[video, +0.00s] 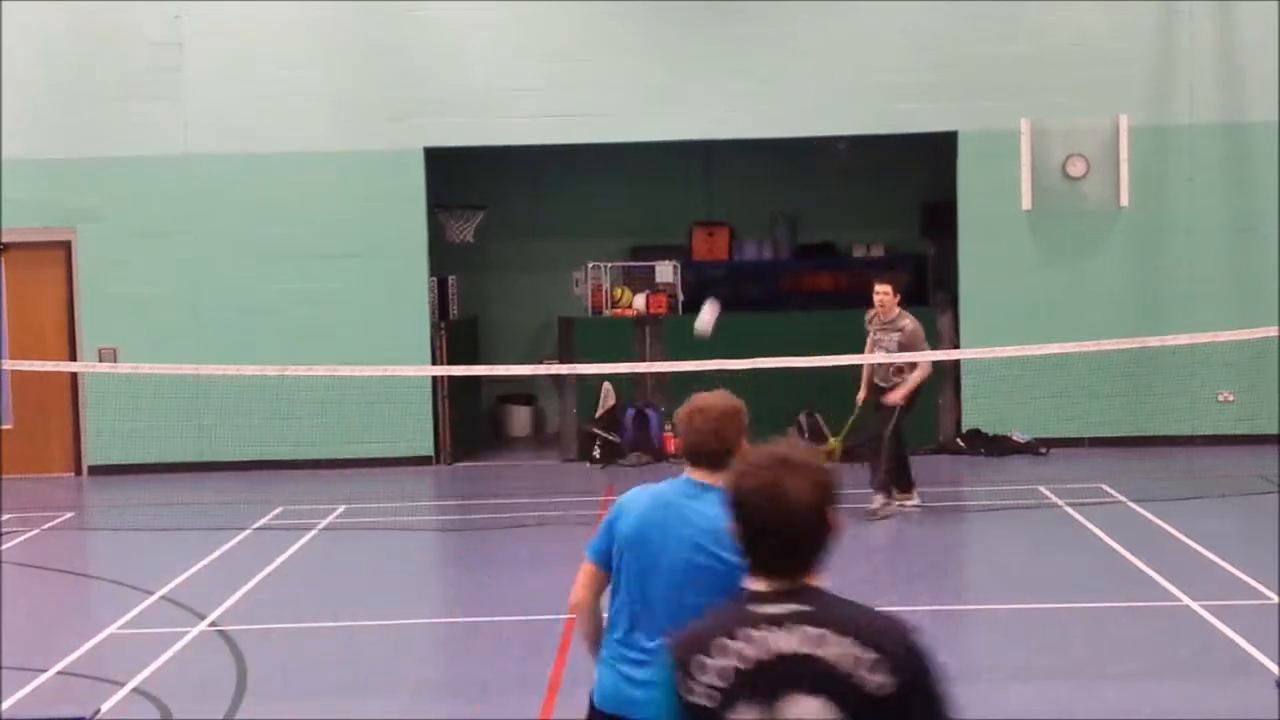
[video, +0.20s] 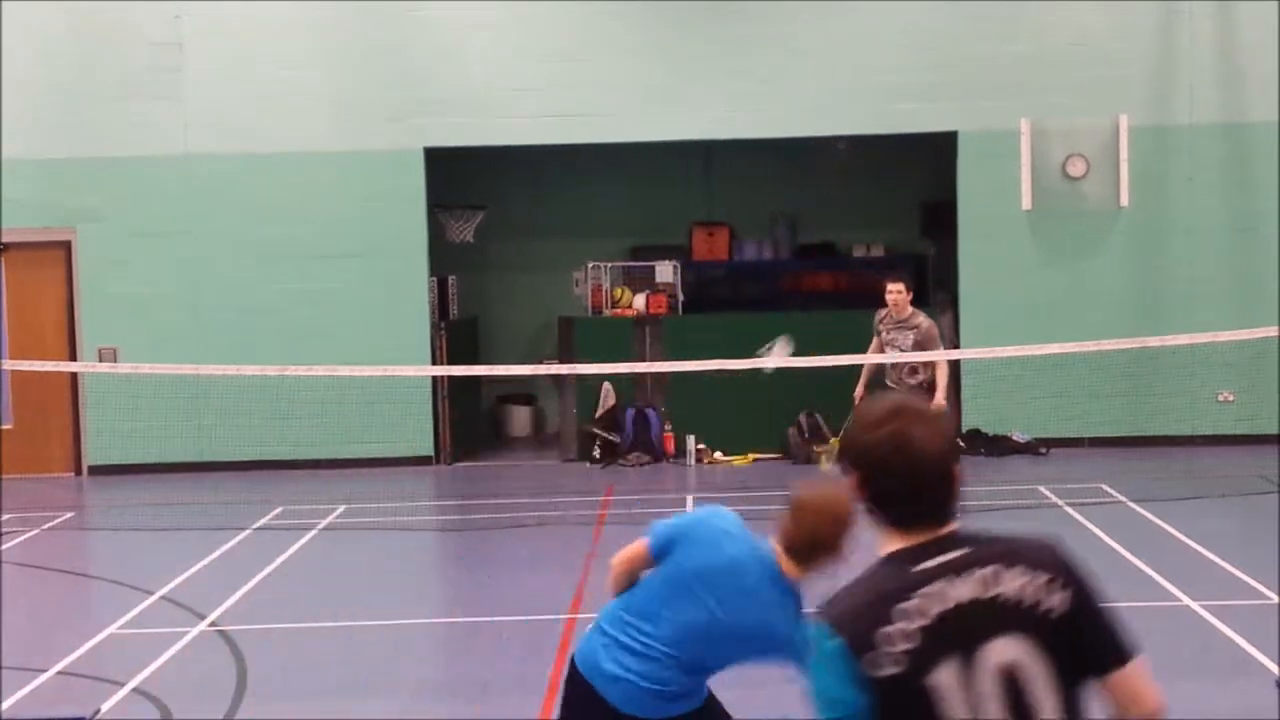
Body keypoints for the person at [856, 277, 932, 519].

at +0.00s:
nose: (880, 299)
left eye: (885, 294)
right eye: (877, 294)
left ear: (896, 298)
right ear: (873, 298)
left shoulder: (909, 326)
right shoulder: (873, 319)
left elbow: (925, 365)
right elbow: (869, 352)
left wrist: (902, 391)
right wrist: (864, 385)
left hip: (902, 387)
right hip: (879, 385)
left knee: (888, 434)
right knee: (892, 435)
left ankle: (882, 493)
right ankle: (905, 491)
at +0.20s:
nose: (894, 298)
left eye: (899, 293)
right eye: (890, 293)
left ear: (909, 296)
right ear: (885, 296)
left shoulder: (925, 325)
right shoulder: (881, 317)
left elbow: (940, 361)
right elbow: (876, 349)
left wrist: (940, 396)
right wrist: (861, 384)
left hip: (919, 394)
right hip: (890, 391)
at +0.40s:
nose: (905, 292)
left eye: (910, 287)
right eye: (901, 287)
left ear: (922, 291)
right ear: (897, 291)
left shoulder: (938, 320)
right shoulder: (892, 318)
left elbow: (952, 359)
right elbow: (882, 354)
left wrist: (941, 391)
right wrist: (868, 389)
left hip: (933, 389)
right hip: (902, 388)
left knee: (937, 444)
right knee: (894, 439)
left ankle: (950, 499)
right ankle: (901, 484)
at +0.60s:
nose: (907, 286)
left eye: (912, 281)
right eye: (902, 281)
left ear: (922, 284)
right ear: (896, 285)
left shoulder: (938, 314)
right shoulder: (887, 314)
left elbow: (953, 353)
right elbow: (878, 350)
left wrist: (945, 388)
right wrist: (871, 380)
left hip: (932, 387)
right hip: (900, 387)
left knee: (939, 445)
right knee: (897, 445)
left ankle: (950, 500)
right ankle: (900, 501)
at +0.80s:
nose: (899, 282)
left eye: (903, 277)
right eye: (895, 278)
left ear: (913, 283)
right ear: (888, 285)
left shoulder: (930, 314)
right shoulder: (875, 317)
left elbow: (941, 354)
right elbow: (865, 353)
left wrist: (947, 391)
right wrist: (865, 383)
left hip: (925, 389)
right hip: (890, 390)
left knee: (934, 447)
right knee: (890, 449)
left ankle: (945, 496)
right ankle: (895, 509)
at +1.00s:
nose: (898, 277)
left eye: (902, 273)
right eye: (893, 274)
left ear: (911, 278)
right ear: (886, 280)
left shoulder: (928, 309)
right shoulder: (873, 313)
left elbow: (939, 347)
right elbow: (864, 352)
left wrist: (937, 374)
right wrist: (870, 383)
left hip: (921, 387)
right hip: (888, 389)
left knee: (930, 447)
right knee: (889, 449)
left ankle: (932, 502)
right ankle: (894, 508)